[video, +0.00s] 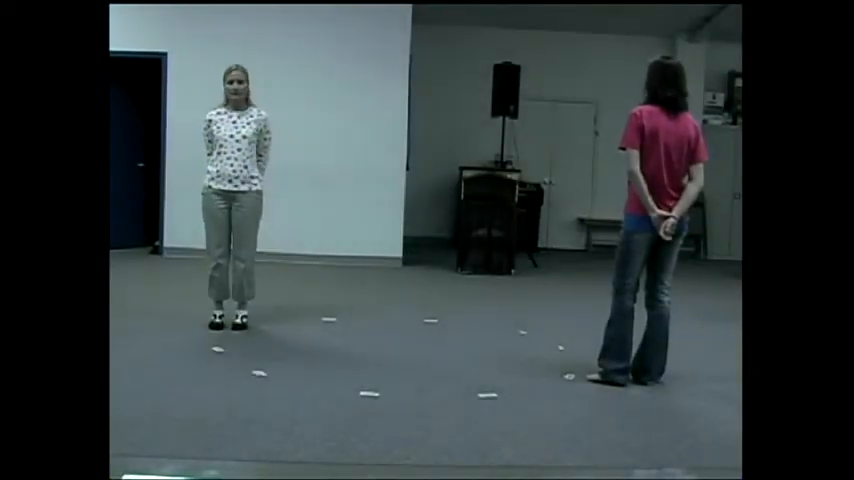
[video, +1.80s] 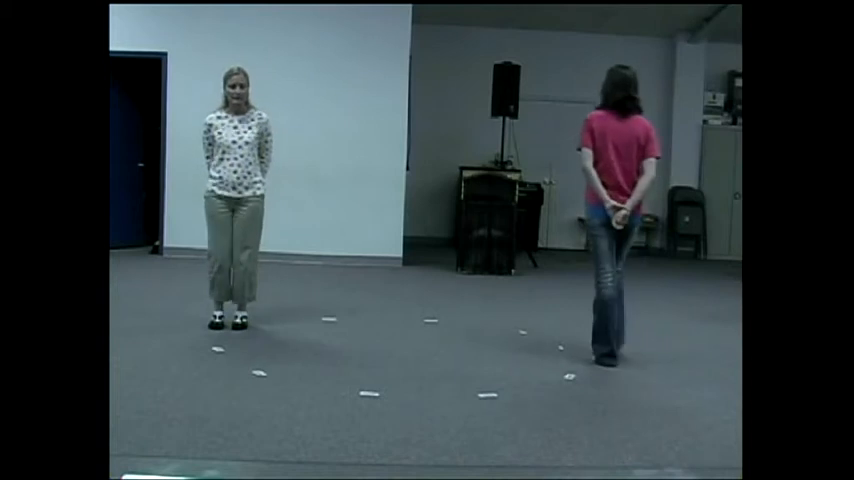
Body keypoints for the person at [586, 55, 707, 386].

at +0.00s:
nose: (647, 85)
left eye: (649, 80)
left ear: (652, 84)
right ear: (682, 86)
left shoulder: (641, 116)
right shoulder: (691, 125)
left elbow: (633, 168)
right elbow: (697, 180)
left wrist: (653, 210)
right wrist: (675, 216)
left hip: (641, 218)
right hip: (674, 220)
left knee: (625, 291)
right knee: (660, 294)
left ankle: (615, 368)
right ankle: (649, 370)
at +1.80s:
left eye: (608, 85)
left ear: (606, 88)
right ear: (634, 90)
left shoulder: (594, 120)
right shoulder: (644, 126)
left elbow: (588, 163)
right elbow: (649, 173)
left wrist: (606, 201)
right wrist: (628, 207)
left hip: (600, 208)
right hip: (631, 210)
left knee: (606, 276)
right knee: (614, 273)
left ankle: (606, 351)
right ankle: (611, 341)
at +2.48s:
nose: (577, 97)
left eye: (579, 92)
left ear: (579, 95)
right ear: (605, 96)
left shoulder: (572, 125)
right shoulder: (616, 128)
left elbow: (571, 168)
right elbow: (622, 170)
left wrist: (588, 201)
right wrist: (607, 202)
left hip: (579, 207)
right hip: (608, 207)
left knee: (571, 265)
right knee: (603, 271)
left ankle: (574, 325)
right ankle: (595, 331)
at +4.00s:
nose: (548, 96)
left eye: (551, 92)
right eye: (550, 91)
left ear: (558, 97)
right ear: (574, 98)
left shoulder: (552, 121)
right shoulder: (583, 126)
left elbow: (558, 158)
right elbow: (592, 164)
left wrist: (576, 189)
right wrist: (588, 191)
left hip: (559, 198)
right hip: (577, 198)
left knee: (571, 260)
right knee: (555, 256)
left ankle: (581, 322)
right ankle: (549, 314)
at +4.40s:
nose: (525, 101)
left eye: (527, 97)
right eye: (527, 96)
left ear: (531, 101)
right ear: (549, 102)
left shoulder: (528, 126)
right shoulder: (551, 130)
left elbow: (535, 164)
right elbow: (558, 166)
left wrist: (547, 194)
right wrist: (557, 195)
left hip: (529, 201)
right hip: (547, 202)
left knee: (520, 254)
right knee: (529, 254)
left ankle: (554, 302)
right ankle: (528, 312)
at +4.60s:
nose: (502, 96)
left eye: (506, 92)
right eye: (503, 92)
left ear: (516, 97)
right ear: (524, 99)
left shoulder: (515, 124)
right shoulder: (531, 127)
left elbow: (522, 160)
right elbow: (538, 163)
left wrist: (533, 190)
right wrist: (540, 190)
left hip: (513, 198)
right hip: (530, 199)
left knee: (491, 246)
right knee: (523, 251)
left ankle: (505, 304)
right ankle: (528, 310)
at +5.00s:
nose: (465, 95)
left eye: (469, 92)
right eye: (466, 91)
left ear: (478, 97)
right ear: (487, 99)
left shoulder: (473, 123)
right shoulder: (490, 125)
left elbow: (480, 158)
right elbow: (496, 162)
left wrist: (489, 187)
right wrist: (495, 188)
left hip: (469, 197)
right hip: (486, 196)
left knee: (464, 255)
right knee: (482, 249)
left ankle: (459, 307)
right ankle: (511, 299)